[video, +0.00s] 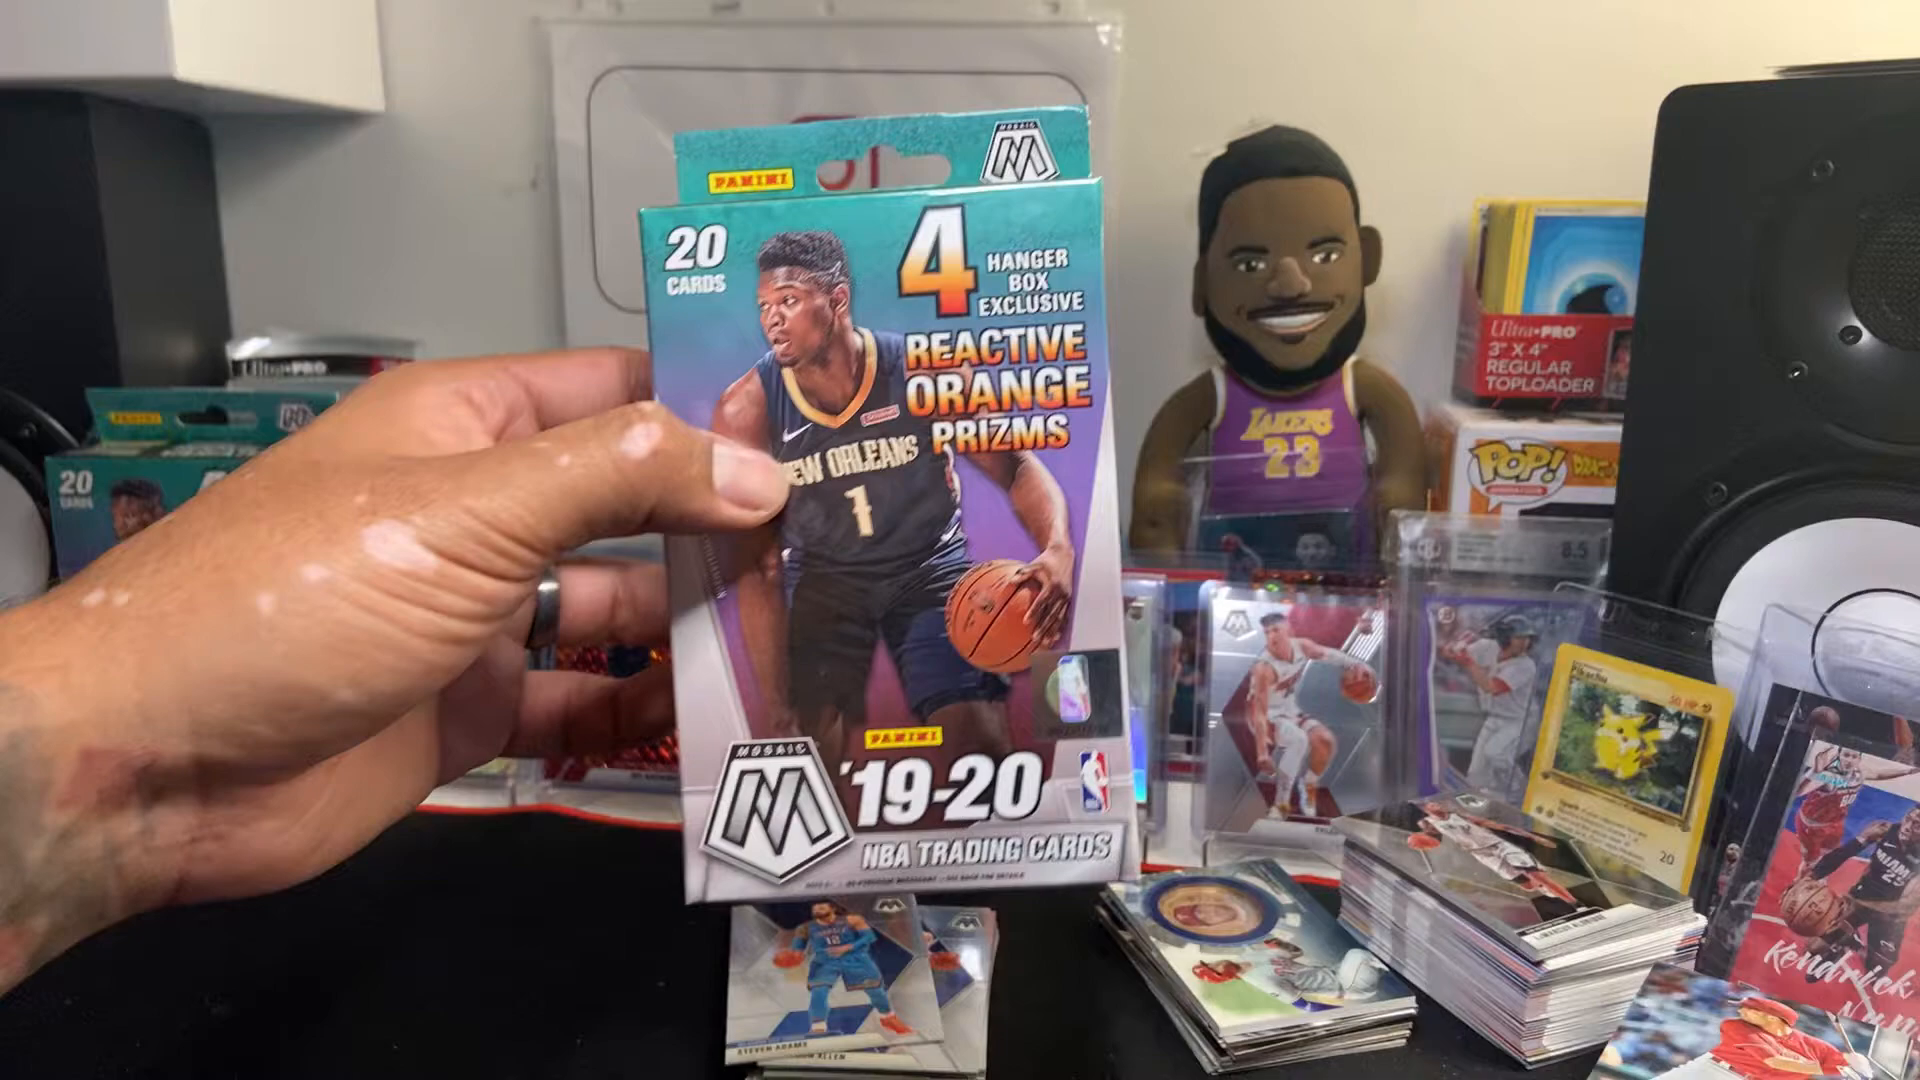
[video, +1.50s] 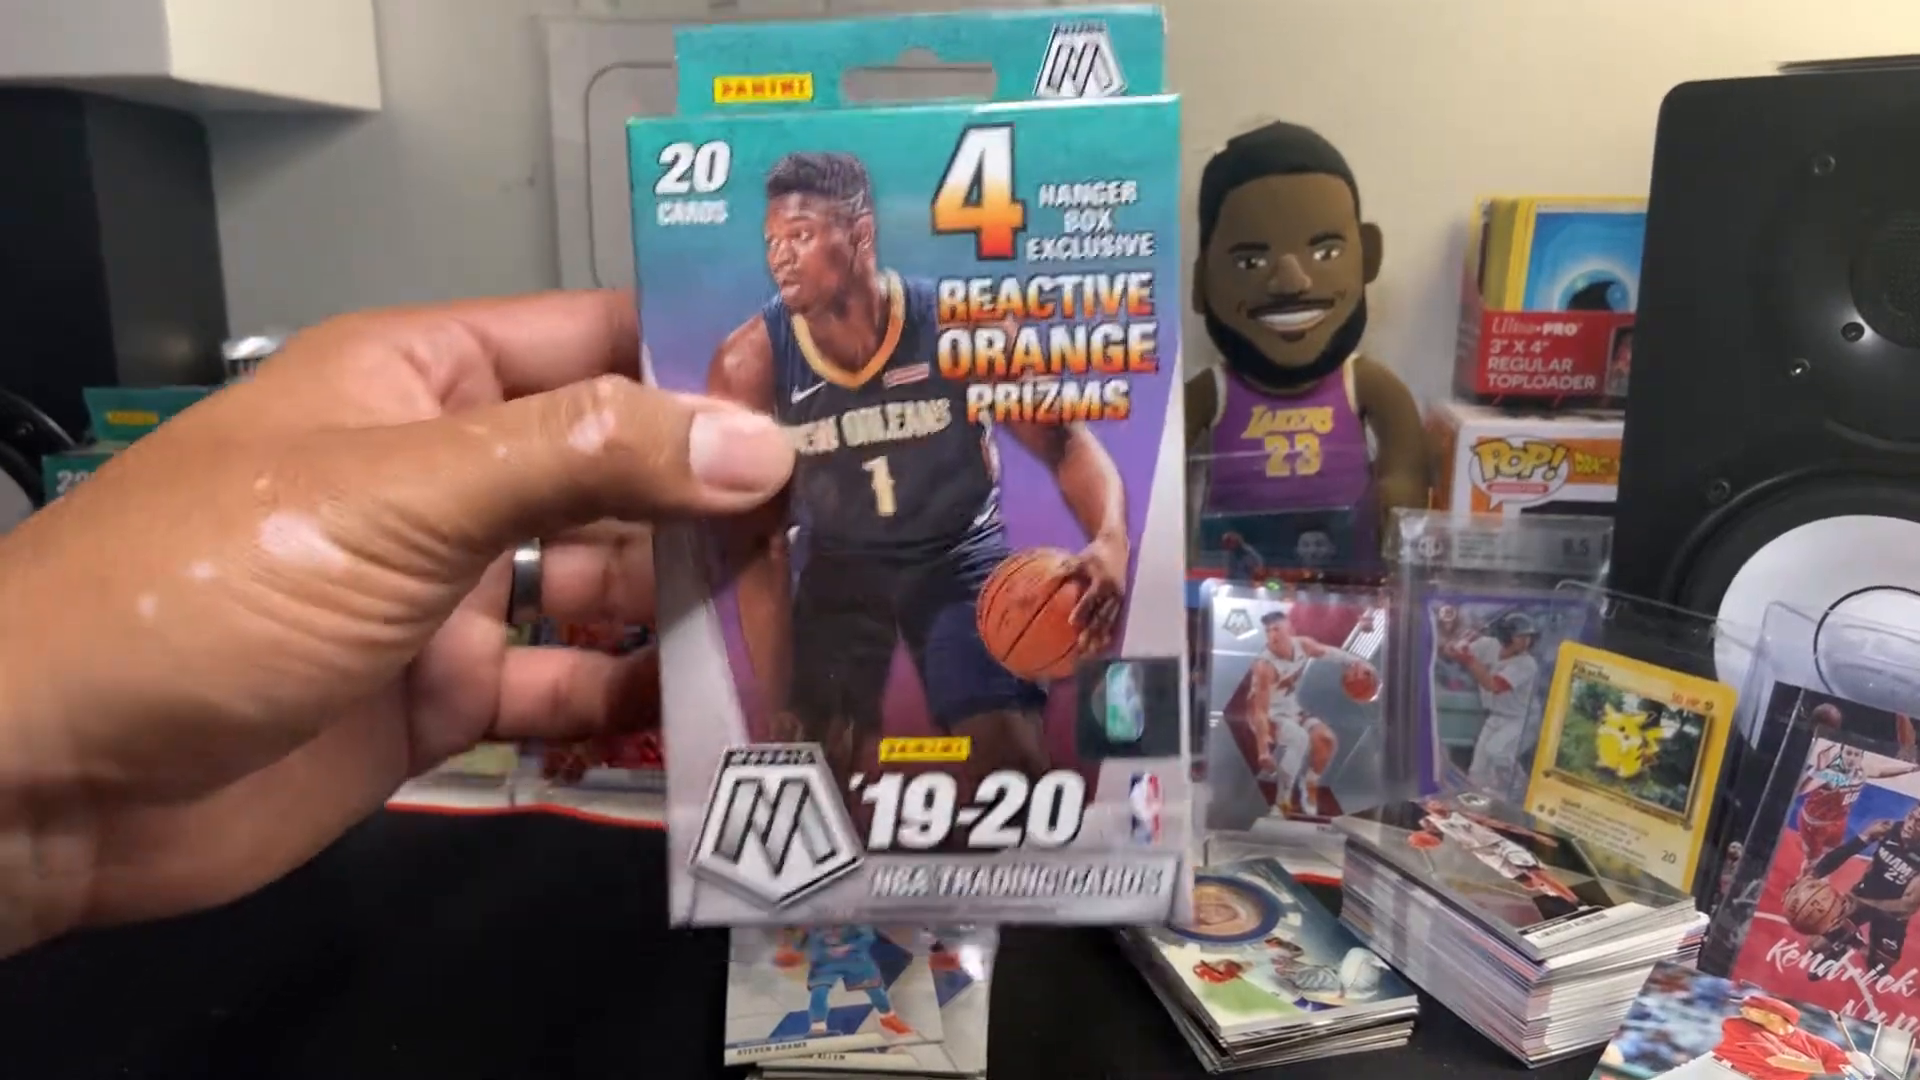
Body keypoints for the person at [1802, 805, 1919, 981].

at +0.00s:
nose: (1908, 827)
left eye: (1916, 825)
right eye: (1908, 820)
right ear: (1903, 817)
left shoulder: (1917, 861)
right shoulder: (1882, 831)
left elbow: (1906, 907)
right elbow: (1843, 853)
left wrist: (1857, 905)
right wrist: (1813, 875)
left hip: (1890, 915)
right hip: (1860, 900)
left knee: (1876, 972)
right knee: (1814, 947)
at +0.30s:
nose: (1908, 820)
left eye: (1916, 818)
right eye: (1908, 812)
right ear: (1904, 810)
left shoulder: (1917, 857)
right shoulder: (1883, 824)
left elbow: (1906, 901)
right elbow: (1843, 846)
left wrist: (1857, 899)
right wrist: (1813, 868)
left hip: (1891, 908)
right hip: (1861, 893)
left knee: (1877, 964)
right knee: (1814, 940)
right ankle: (1837, 945)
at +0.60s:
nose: (1909, 821)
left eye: (1916, 820)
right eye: (1909, 814)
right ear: (1904, 812)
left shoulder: (1917, 857)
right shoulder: (1883, 825)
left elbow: (1906, 902)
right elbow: (1843, 848)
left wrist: (1858, 901)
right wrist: (1813, 871)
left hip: (1892, 910)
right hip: (1861, 893)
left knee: (1877, 965)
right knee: (1814, 941)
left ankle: (1853, 938)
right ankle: (1837, 946)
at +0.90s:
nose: (1910, 822)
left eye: (1917, 821)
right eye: (1910, 815)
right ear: (1905, 812)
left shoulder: (1917, 858)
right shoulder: (1884, 826)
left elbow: (1907, 903)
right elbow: (1843, 849)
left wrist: (1859, 901)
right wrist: (1812, 873)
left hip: (1892, 910)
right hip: (1862, 895)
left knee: (1877, 967)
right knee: (1815, 944)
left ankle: (1853, 939)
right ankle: (1838, 947)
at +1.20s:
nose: (1910, 824)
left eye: (1917, 823)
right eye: (1910, 817)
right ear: (1906, 814)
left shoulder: (1917, 859)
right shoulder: (1885, 828)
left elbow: (1908, 905)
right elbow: (1844, 851)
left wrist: (1859, 903)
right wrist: (1814, 874)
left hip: (1893, 912)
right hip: (1862, 897)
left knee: (1878, 967)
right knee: (1816, 945)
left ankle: (1854, 940)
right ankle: (1839, 947)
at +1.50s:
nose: (1911, 825)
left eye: (1918, 824)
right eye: (1911, 818)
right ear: (1906, 815)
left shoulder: (1917, 859)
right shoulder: (1885, 829)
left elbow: (1909, 905)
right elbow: (1845, 852)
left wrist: (1860, 904)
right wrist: (1812, 876)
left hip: (1893, 914)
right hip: (1862, 899)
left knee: (1878, 970)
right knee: (1816, 947)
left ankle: (1855, 943)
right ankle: (1842, 947)